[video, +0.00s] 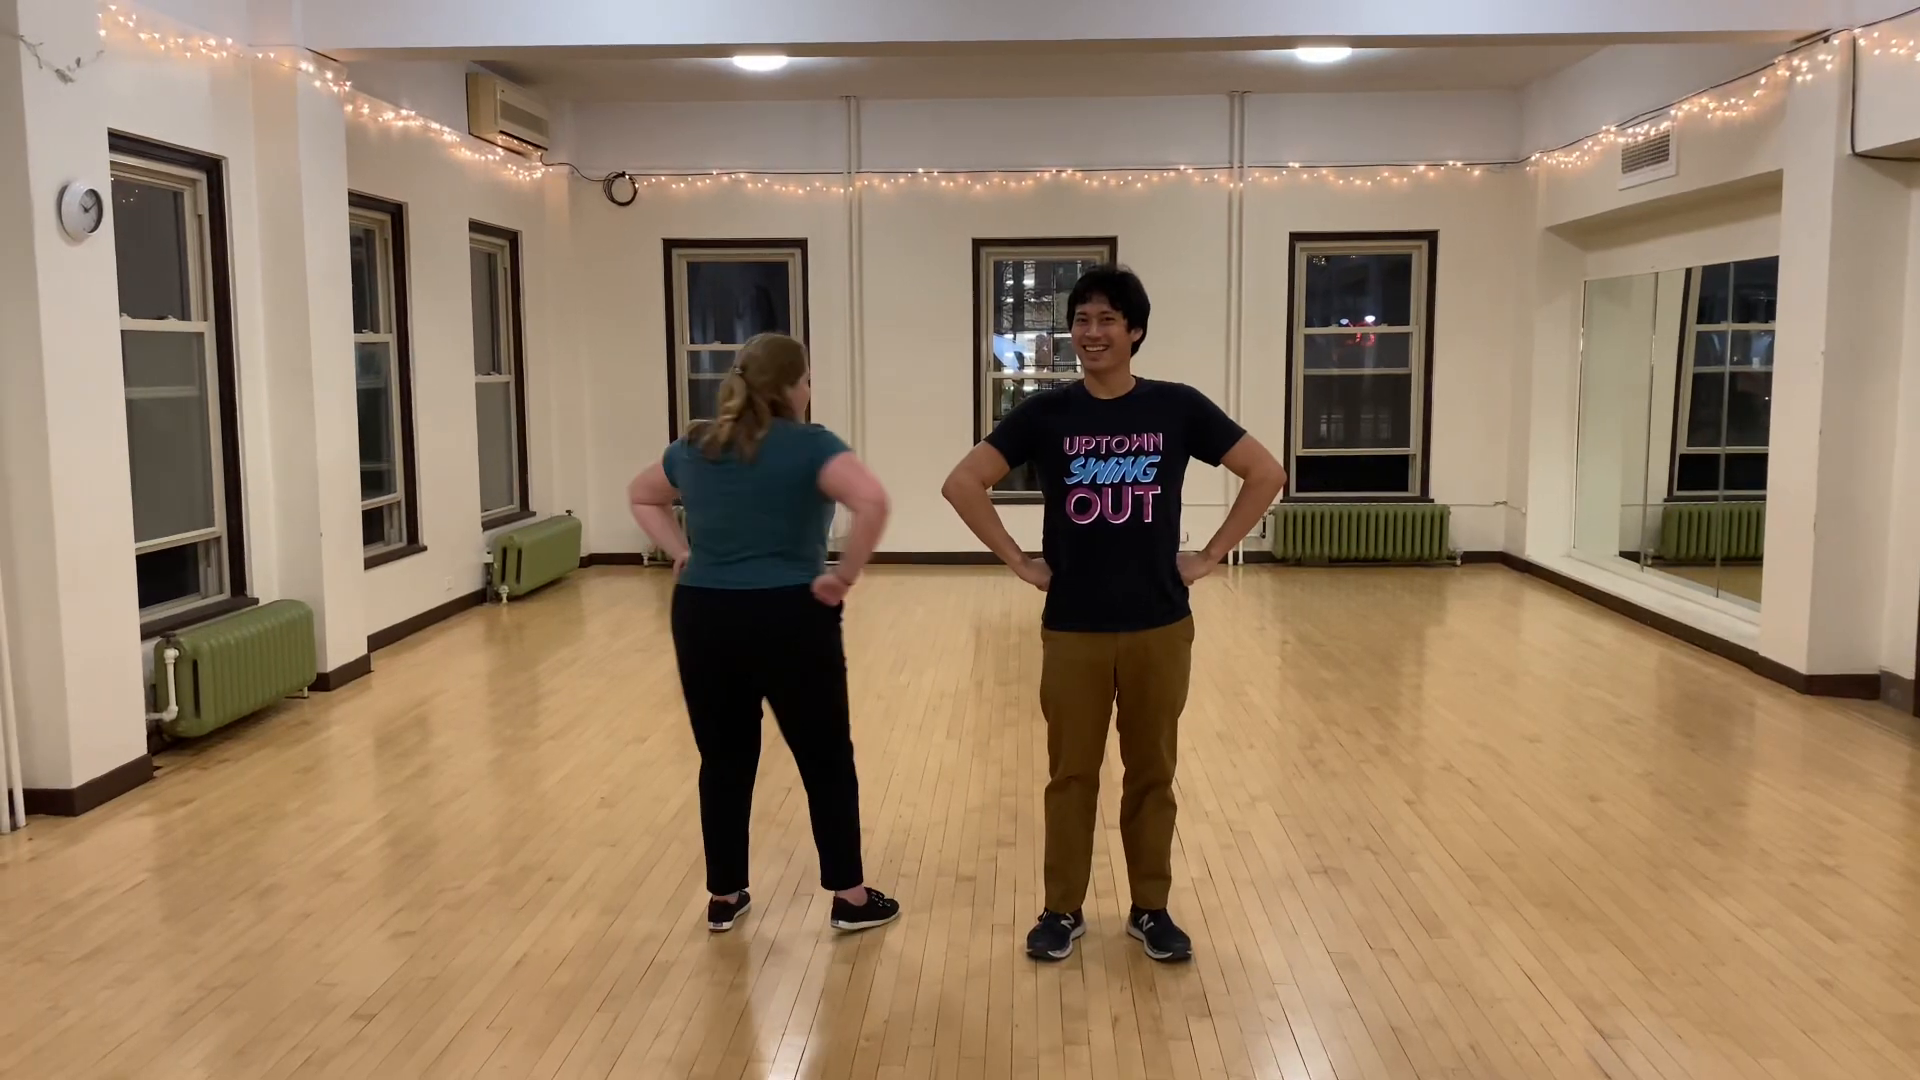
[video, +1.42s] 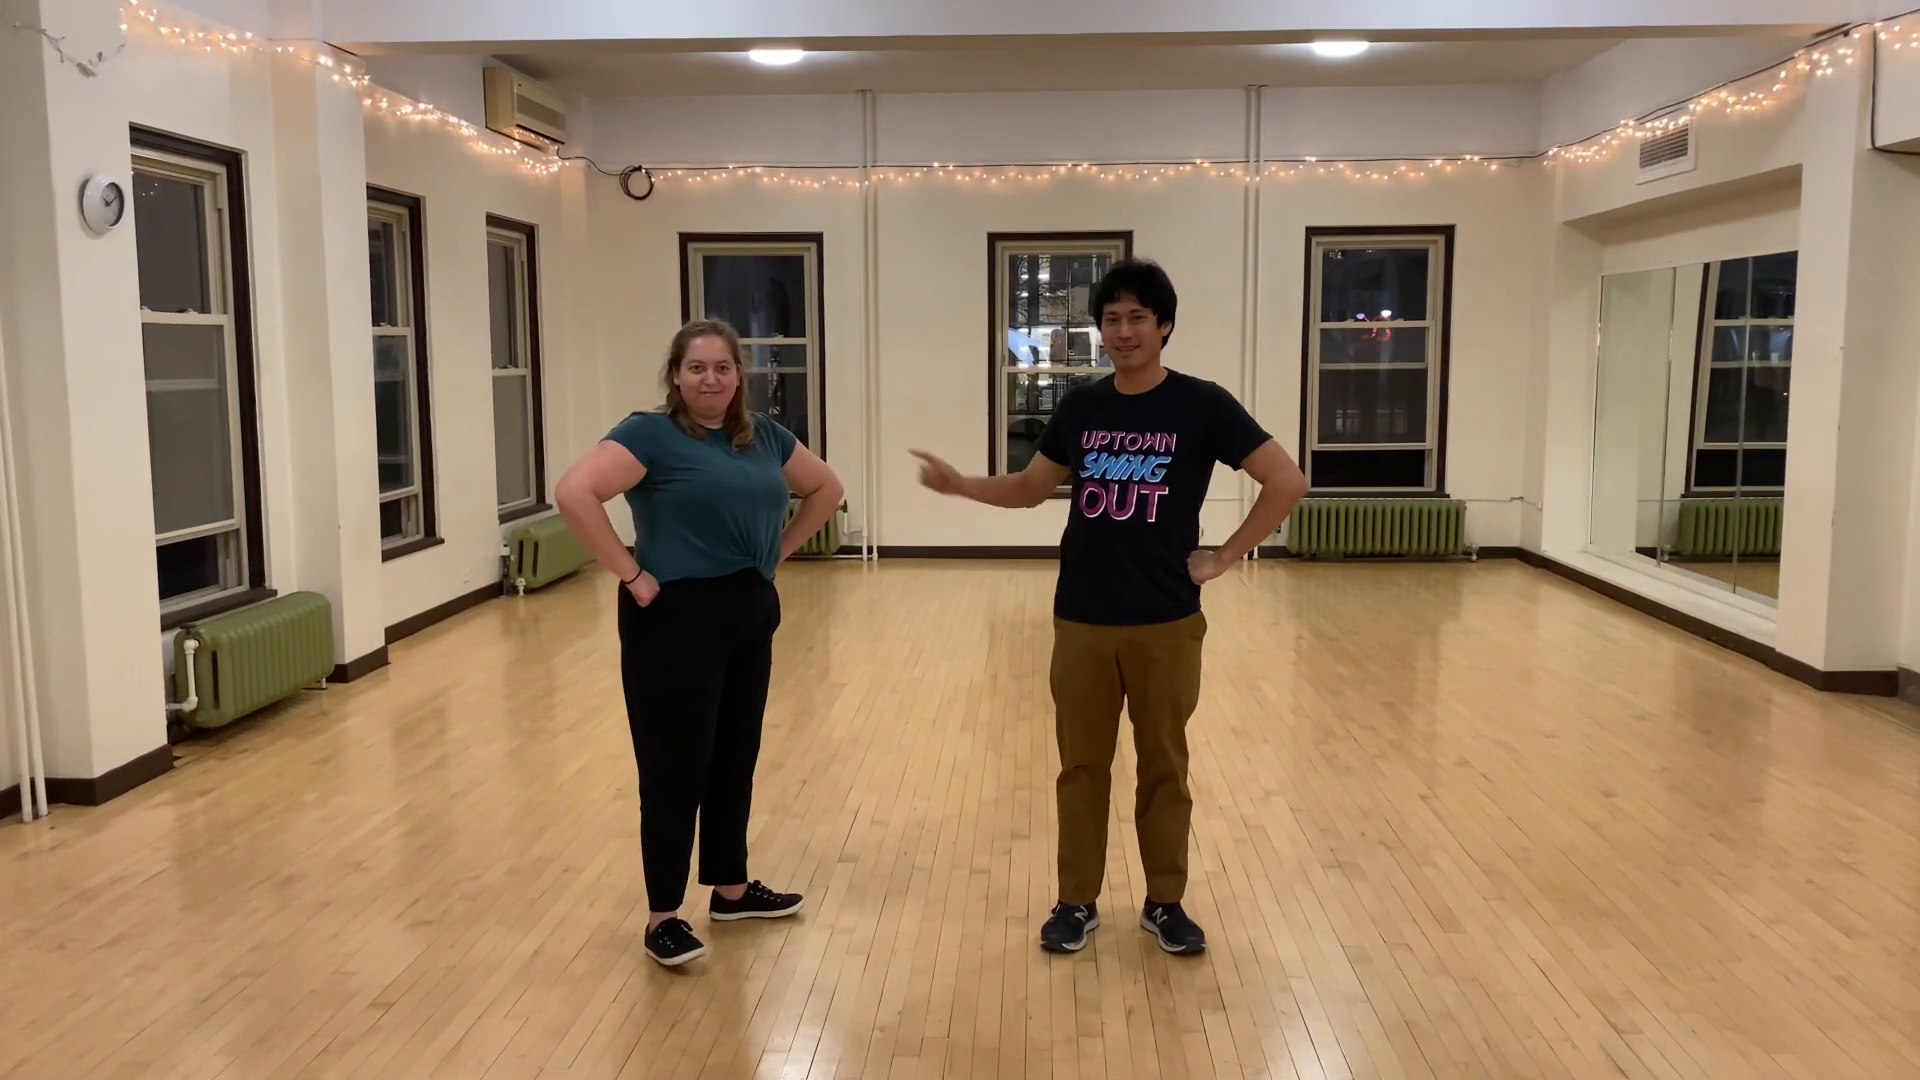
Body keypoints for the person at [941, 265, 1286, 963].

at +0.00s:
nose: (1092, 332)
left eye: (1107, 320)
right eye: (1082, 320)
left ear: (1135, 332)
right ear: (1070, 332)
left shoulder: (1177, 407)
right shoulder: (1046, 413)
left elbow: (1268, 474)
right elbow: (962, 484)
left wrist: (1207, 556)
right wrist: (1018, 559)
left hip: (1159, 619)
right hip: (1074, 621)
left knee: (1152, 774)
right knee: (1072, 773)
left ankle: (1151, 909)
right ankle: (1062, 910)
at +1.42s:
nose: (1124, 330)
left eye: (1138, 318)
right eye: (1112, 319)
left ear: (1165, 326)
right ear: (1099, 329)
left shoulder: (1203, 405)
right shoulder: (1079, 408)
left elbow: (1287, 481)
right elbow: (1029, 487)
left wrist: (1226, 554)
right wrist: (959, 484)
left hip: (1167, 620)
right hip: (1083, 619)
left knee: (1164, 767)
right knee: (1081, 766)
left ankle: (1164, 902)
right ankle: (1076, 901)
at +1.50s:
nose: (1127, 329)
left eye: (1140, 317)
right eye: (1115, 319)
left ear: (1167, 325)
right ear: (1100, 330)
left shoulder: (1204, 405)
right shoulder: (1081, 407)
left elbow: (1289, 482)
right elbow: (1024, 488)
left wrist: (1226, 554)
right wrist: (941, 462)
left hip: (1167, 618)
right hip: (1084, 617)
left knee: (1165, 767)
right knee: (1081, 767)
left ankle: (1165, 901)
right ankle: (1076, 900)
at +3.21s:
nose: (1116, 333)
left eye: (1127, 319)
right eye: (1102, 324)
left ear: (1149, 327)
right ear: (1085, 338)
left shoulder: (1193, 405)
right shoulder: (1066, 419)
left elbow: (1278, 479)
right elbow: (1041, 521)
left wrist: (1221, 558)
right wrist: (1025, 427)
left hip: (1163, 621)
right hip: (1079, 621)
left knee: (1158, 771)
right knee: (1075, 768)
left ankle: (1154, 906)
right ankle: (1064, 905)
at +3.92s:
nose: (1108, 340)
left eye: (1121, 326)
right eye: (1096, 329)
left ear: (1151, 333)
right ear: (1087, 342)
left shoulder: (1198, 402)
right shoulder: (1074, 428)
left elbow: (1260, 480)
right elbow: (1066, 547)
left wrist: (1259, 571)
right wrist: (1070, 519)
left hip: (1197, 620)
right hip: (1117, 626)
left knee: (1170, 771)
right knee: (1096, 771)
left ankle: (1149, 905)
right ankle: (1062, 904)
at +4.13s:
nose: (1111, 337)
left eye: (1125, 326)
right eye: (1111, 325)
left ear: (1168, 336)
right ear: (1121, 332)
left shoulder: (1221, 418)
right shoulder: (1088, 414)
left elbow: (1241, 527)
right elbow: (1061, 525)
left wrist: (1243, 630)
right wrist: (1052, 624)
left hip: (1181, 625)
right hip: (1092, 621)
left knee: (1161, 770)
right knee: (1076, 770)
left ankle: (1149, 904)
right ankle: (1059, 904)